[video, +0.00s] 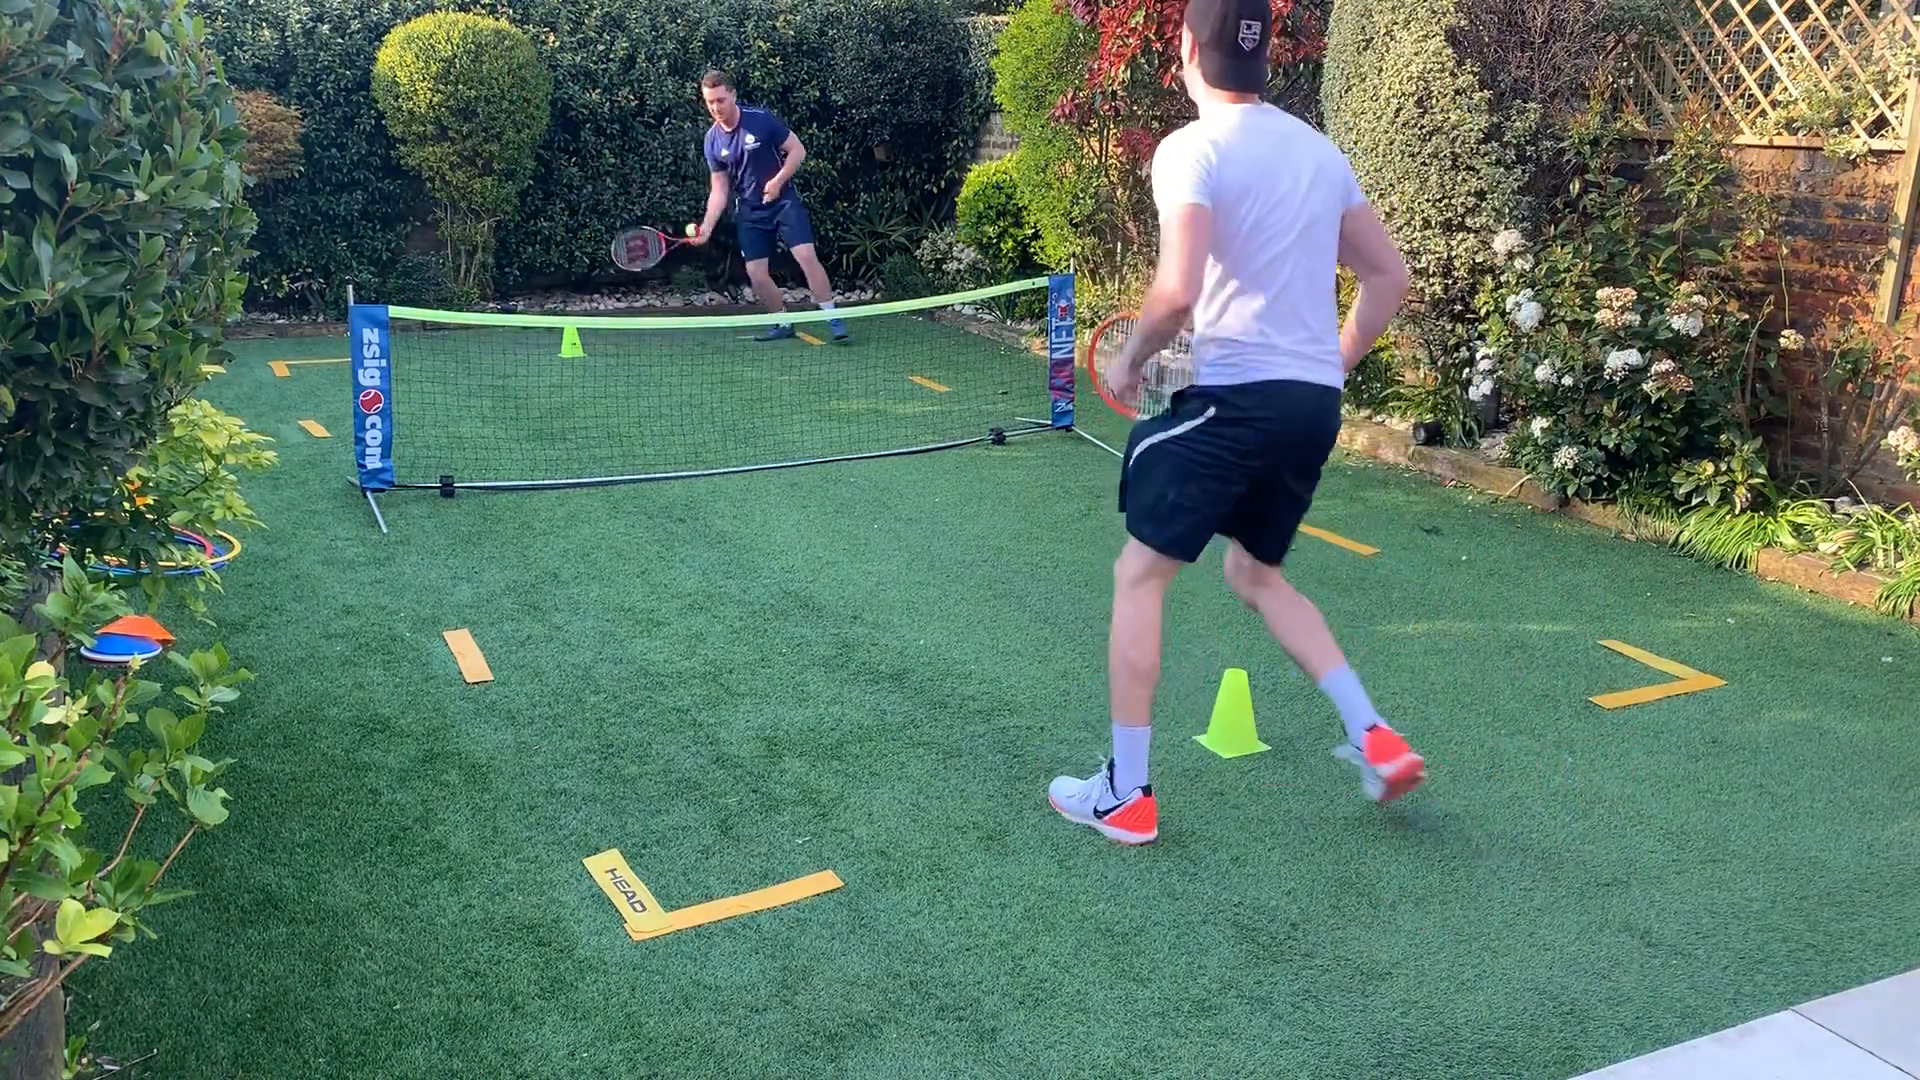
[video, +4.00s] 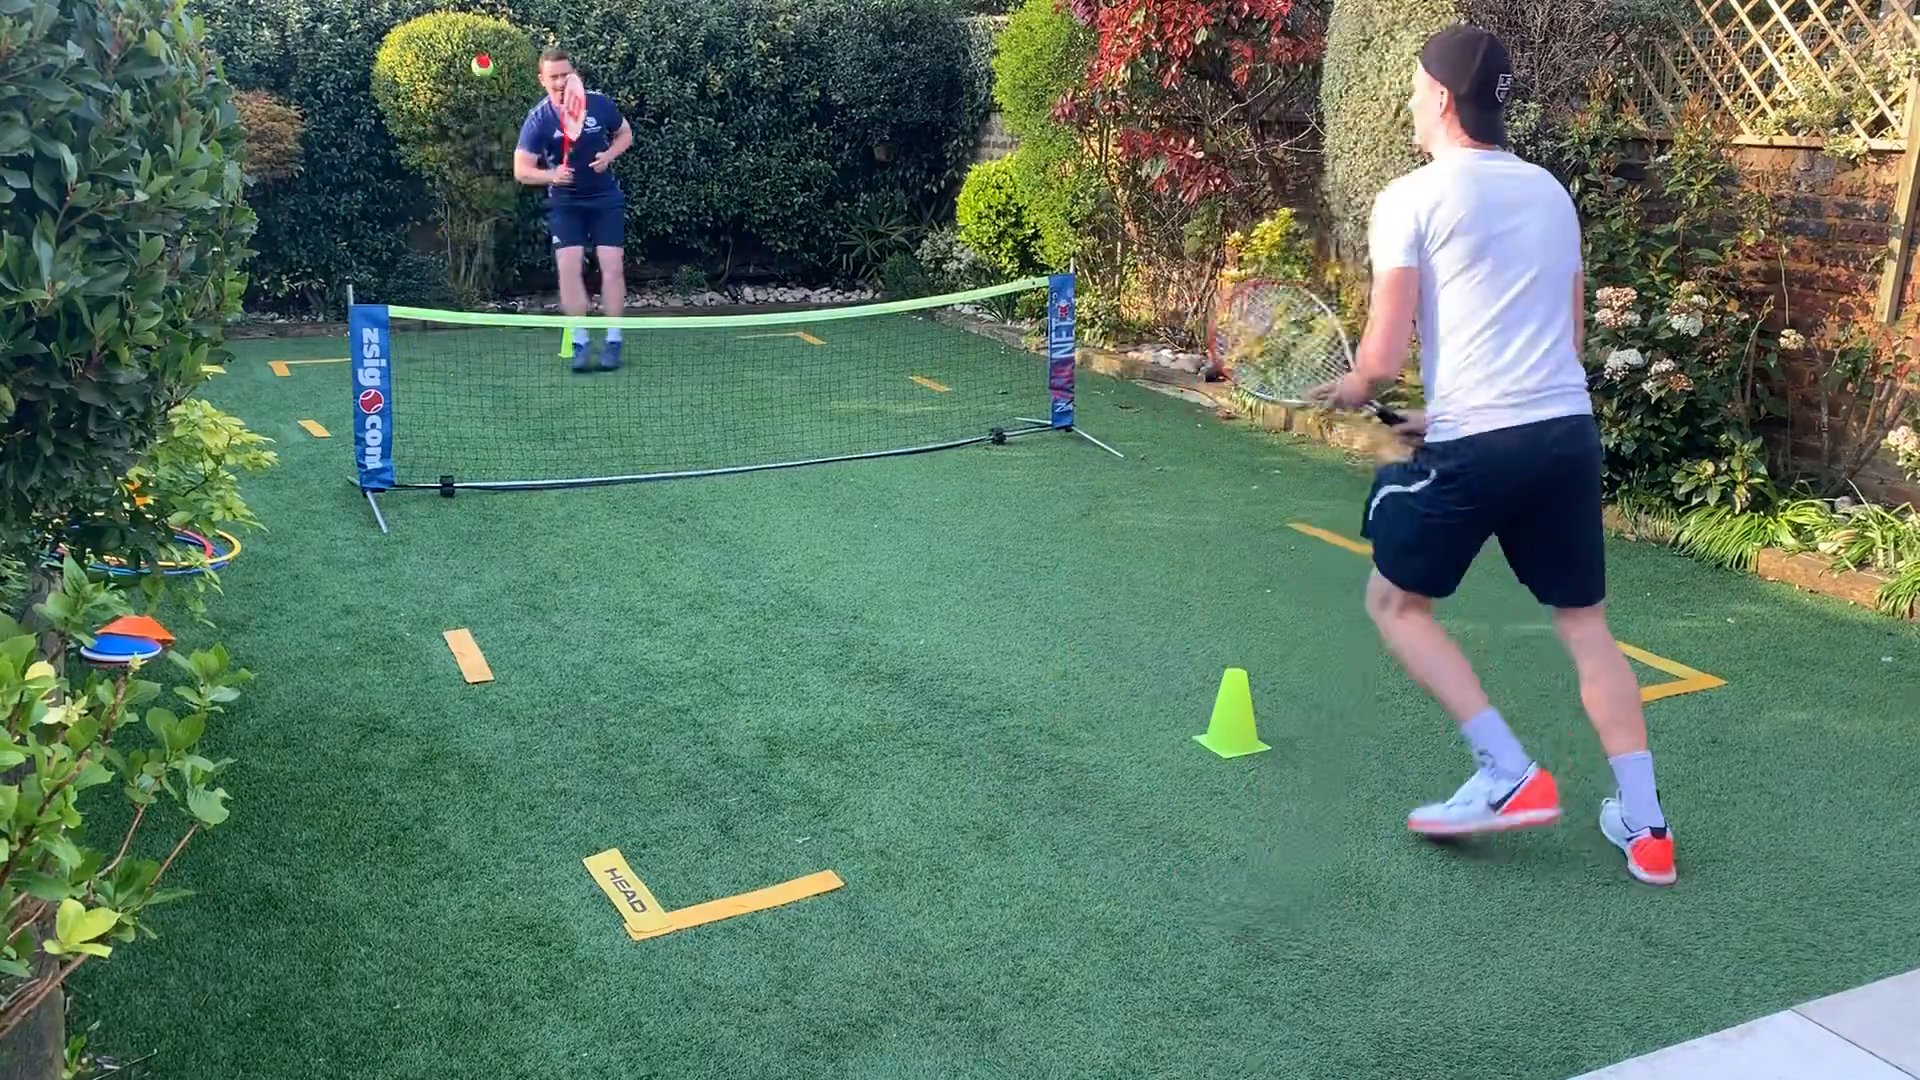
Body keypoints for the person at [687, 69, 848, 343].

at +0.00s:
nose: (715, 108)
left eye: (720, 100)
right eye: (709, 102)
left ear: (733, 95)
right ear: (704, 103)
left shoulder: (761, 121)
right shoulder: (712, 142)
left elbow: (798, 150)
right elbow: (719, 190)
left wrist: (778, 181)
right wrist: (706, 227)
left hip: (784, 204)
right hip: (750, 213)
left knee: (806, 257)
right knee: (756, 273)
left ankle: (832, 317)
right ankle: (782, 323)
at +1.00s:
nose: (625, 83)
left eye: (630, 77)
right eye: (618, 77)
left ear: (638, 79)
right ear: (606, 81)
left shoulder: (655, 118)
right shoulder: (592, 118)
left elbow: (686, 157)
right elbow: (574, 157)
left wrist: (652, 166)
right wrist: (568, 174)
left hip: (645, 206)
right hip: (607, 204)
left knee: (637, 273)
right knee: (586, 266)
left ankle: (643, 348)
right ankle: (623, 326)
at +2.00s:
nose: (492, 91)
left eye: (496, 85)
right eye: (485, 85)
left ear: (501, 88)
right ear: (469, 87)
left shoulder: (503, 120)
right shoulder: (447, 118)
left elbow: (503, 152)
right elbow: (418, 156)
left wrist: (496, 168)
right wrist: (459, 177)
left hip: (477, 194)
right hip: (438, 195)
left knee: (490, 257)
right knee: (440, 259)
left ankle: (468, 321)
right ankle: (426, 326)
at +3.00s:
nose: (425, 96)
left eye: (430, 89)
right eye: (419, 91)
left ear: (440, 89)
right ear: (410, 94)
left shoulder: (465, 123)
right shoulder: (402, 127)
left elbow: (492, 166)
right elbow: (393, 172)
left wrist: (455, 184)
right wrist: (374, 208)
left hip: (464, 208)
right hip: (422, 206)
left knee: (461, 272)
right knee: (410, 267)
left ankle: (461, 335)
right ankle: (430, 325)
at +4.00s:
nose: (559, 82)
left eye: (564, 75)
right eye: (552, 77)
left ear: (574, 73)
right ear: (541, 79)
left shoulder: (600, 105)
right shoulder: (537, 119)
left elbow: (625, 134)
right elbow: (521, 170)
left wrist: (609, 155)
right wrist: (551, 175)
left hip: (605, 199)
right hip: (565, 203)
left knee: (612, 268)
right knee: (569, 269)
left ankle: (613, 340)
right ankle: (580, 342)